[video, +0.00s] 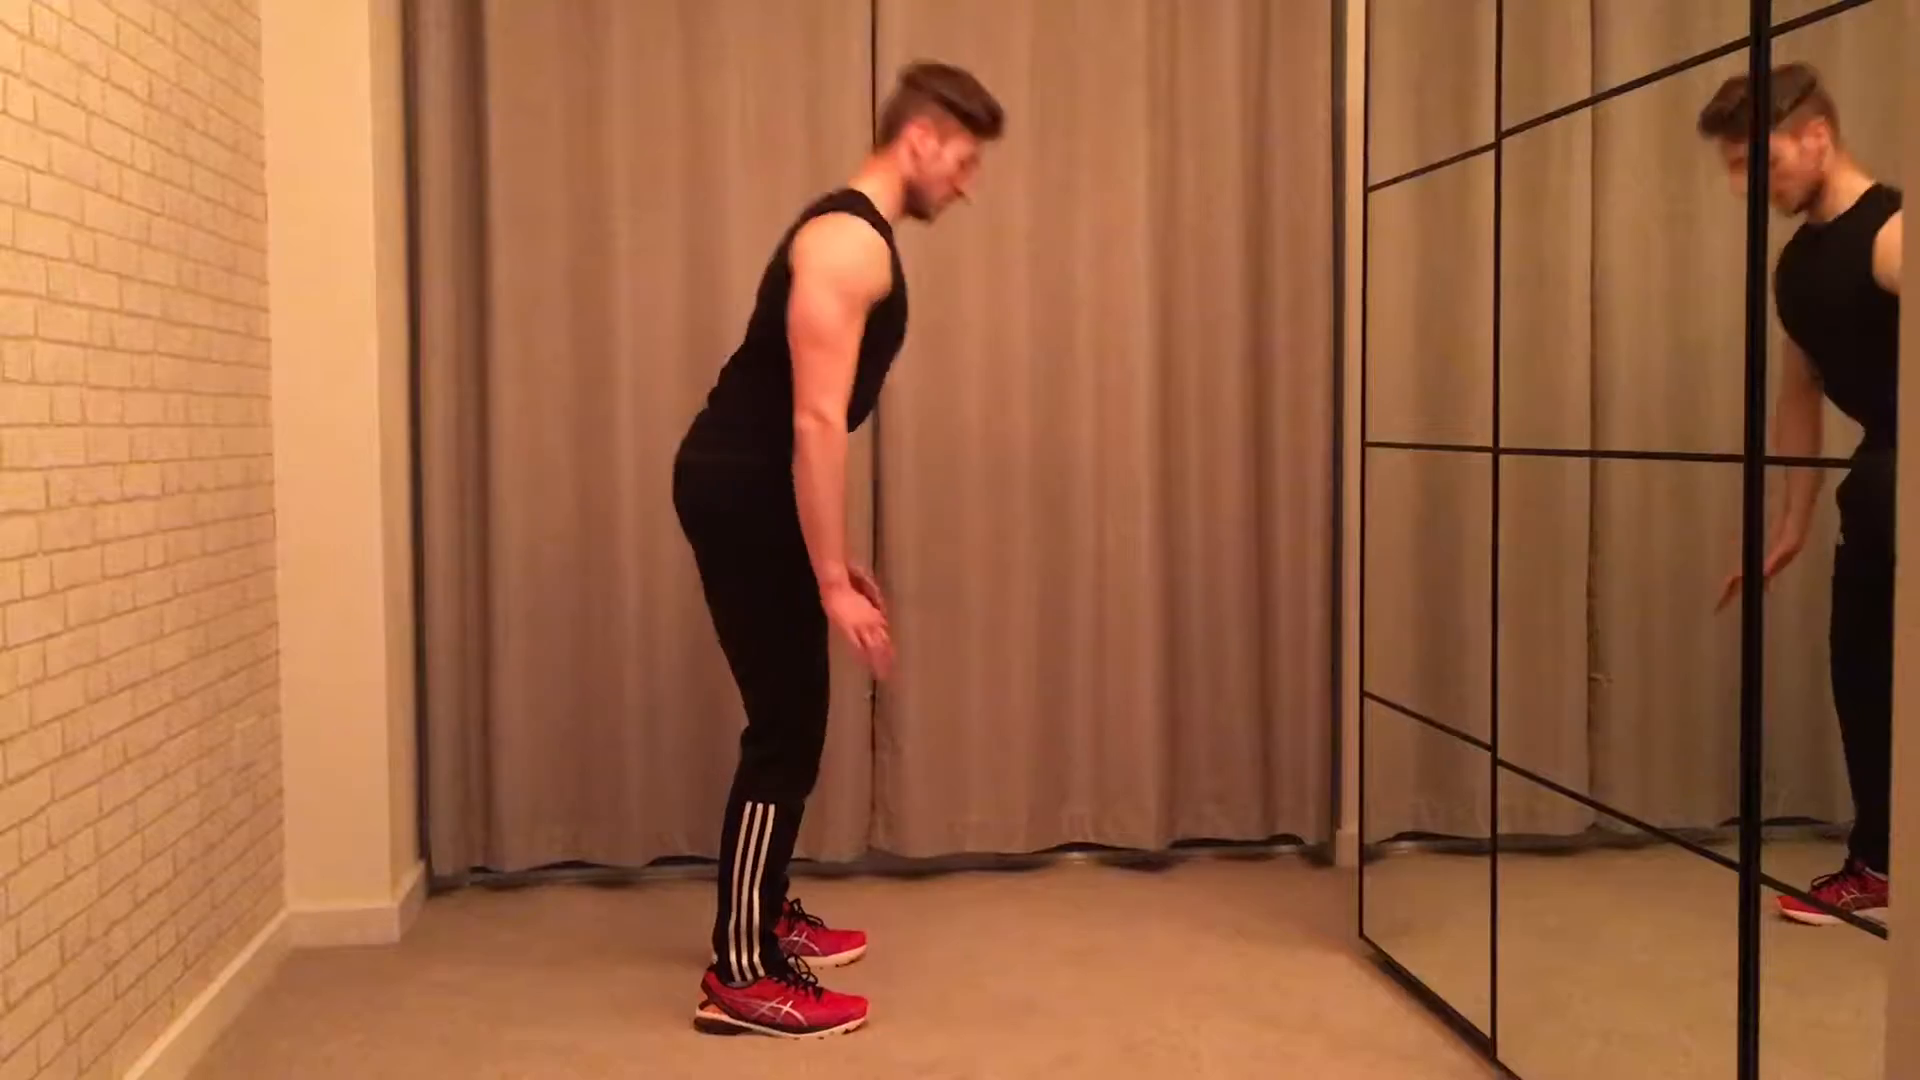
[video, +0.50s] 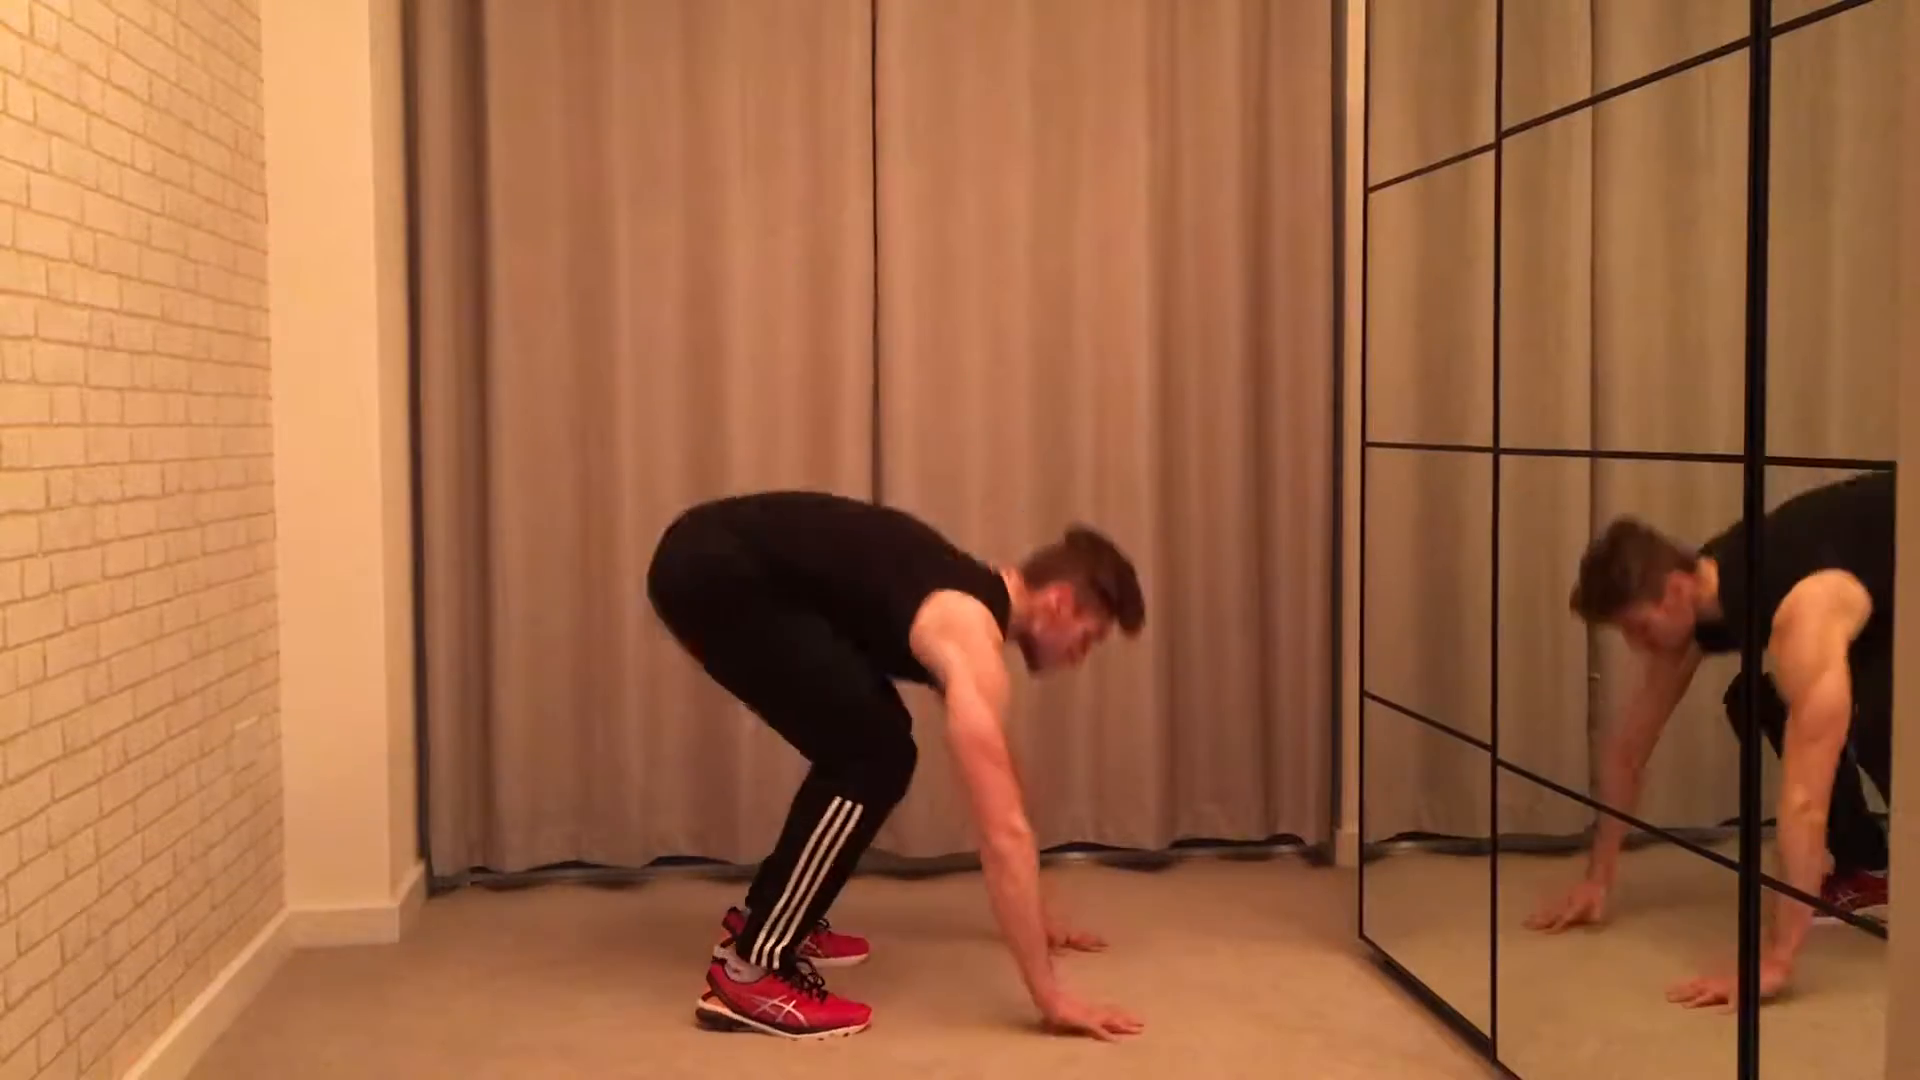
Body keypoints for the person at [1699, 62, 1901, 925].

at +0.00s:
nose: (1749, 181)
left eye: (1758, 159)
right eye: (1741, 166)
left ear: (1815, 136)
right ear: (1799, 148)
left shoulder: (1892, 238)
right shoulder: (1799, 261)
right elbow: (1799, 404)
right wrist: (1788, 526)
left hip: (1899, 483)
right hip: (1874, 484)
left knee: (1879, 673)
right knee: (1859, 671)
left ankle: (1879, 867)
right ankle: (1872, 866)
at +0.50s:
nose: (1640, 644)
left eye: (1642, 625)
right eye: (1628, 632)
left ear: (1676, 589)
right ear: (1677, 585)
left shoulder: (1809, 611)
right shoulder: (1696, 603)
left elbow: (1806, 804)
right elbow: (1628, 752)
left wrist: (1777, 959)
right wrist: (1597, 880)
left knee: (1870, 708)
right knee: (1766, 700)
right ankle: (1864, 864)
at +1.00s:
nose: (1535, 718)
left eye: (1527, 705)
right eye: (1524, 711)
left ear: (1549, 662)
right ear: (1548, 657)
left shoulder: (1678, 650)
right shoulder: (1603, 641)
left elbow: (1768, 826)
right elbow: (1582, 783)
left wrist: (1781, 980)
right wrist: (1600, 905)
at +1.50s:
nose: (1618, 710)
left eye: (1613, 695)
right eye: (1604, 702)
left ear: (1644, 653)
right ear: (1638, 648)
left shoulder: (1753, 644)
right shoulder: (1648, 623)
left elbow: (1784, 819)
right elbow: (1611, 775)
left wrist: (1781, 978)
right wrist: (1600, 902)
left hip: (1896, 454)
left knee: (1871, 686)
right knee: (1799, 682)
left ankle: (1899, 814)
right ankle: (1893, 810)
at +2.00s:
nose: (1593, 204)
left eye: (1599, 178)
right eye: (1585, 186)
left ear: (1652, 149)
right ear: (1627, 165)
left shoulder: (1753, 257)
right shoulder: (1659, 274)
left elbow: (1807, 431)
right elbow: (1650, 410)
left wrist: (1819, 592)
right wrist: (1630, 536)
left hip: (1849, 468)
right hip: (1767, 462)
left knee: (1806, 686)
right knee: (1707, 668)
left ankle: (1885, 917)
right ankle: (1788, 856)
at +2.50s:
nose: (1535, 348)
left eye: (1535, 328)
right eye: (1523, 335)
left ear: (1577, 296)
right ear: (1568, 305)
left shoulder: (1697, 371)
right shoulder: (1602, 383)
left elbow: (1829, 499)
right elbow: (1646, 503)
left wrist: (1883, 655)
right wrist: (1669, 596)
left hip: (1796, 553)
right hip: (1705, 545)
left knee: (1655, 711)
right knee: (1583, 686)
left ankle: (1690, 923)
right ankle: (1613, 884)